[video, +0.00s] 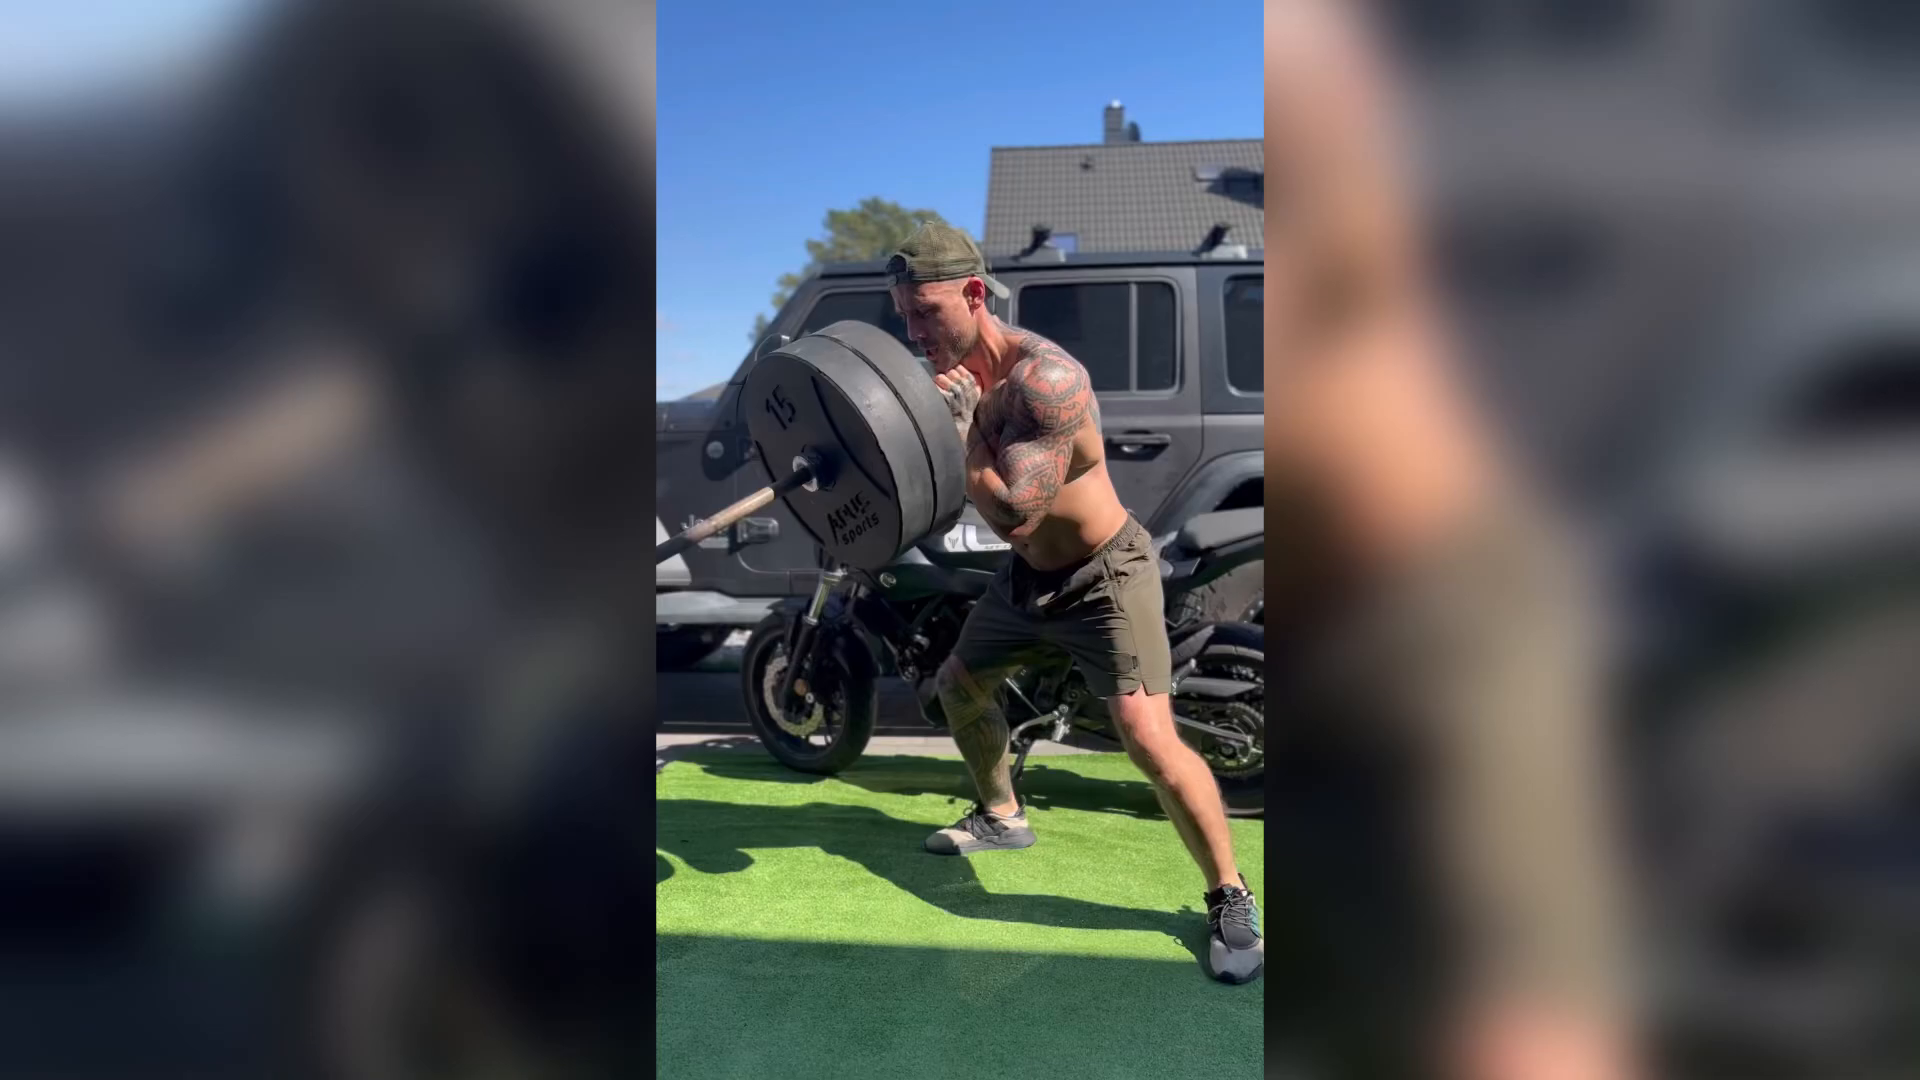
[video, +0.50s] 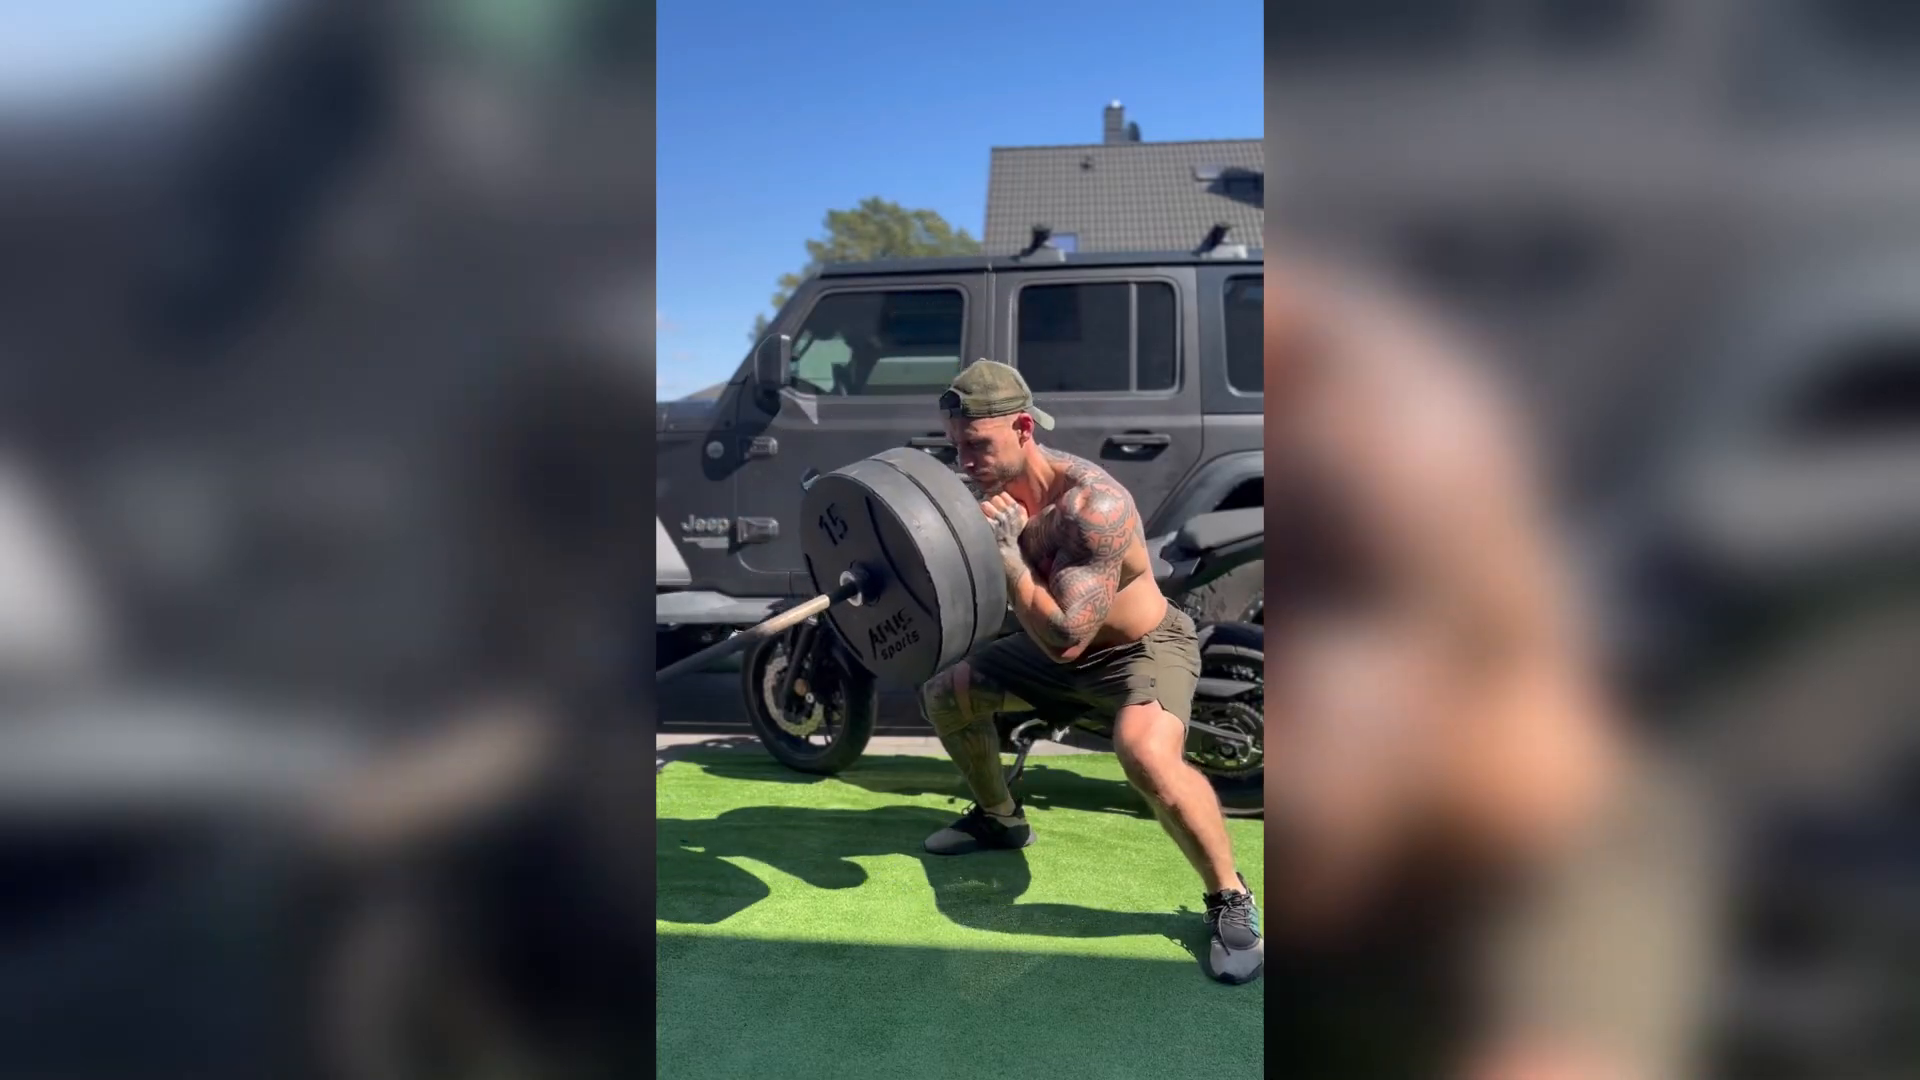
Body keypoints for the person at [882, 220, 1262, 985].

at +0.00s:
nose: (915, 333)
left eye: (926, 314)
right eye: (907, 318)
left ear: (975, 297)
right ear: (909, 314)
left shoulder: (1048, 377)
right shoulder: (946, 379)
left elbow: (1016, 517)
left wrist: (958, 440)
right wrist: (908, 420)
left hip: (1107, 568)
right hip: (1027, 572)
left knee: (1144, 726)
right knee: (961, 686)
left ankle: (1231, 895)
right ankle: (1003, 815)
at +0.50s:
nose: (966, 462)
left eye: (978, 446)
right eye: (958, 448)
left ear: (1024, 429)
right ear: (951, 440)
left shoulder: (1095, 502)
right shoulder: (978, 498)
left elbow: (1068, 640)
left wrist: (1006, 555)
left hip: (1145, 645)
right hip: (1058, 645)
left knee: (1143, 749)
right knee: (948, 695)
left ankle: (1230, 897)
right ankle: (1000, 818)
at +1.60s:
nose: (965, 315)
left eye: (984, 303)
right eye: (965, 302)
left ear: (1035, 320)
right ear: (972, 319)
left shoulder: (1093, 411)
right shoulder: (977, 407)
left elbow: (1051, 543)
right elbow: (941, 492)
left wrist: (990, 452)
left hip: (1126, 591)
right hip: (1039, 592)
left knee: (1155, 742)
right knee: (947, 695)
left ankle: (1231, 898)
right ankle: (1000, 816)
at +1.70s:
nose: (973, 257)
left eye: (993, 244)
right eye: (973, 245)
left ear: (1043, 263)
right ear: (976, 263)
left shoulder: (1092, 358)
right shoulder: (976, 348)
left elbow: (1027, 469)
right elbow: (942, 456)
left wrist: (967, 385)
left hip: (1104, 567)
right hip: (1020, 572)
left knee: (1156, 742)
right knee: (950, 695)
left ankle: (1231, 899)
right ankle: (1003, 818)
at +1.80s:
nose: (984, 221)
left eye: (1001, 209)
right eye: (982, 208)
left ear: (1053, 222)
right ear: (984, 227)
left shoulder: (1091, 320)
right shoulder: (984, 324)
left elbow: (998, 390)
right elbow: (927, 405)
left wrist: (934, 296)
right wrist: (866, 337)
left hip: (1082, 553)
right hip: (999, 559)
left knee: (1152, 736)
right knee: (962, 700)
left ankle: (1232, 896)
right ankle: (1001, 818)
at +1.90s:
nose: (978, 213)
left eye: (995, 198)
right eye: (972, 200)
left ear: (1046, 202)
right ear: (970, 210)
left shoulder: (1085, 295)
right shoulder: (964, 300)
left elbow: (979, 301)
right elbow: (884, 328)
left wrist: (890, 207)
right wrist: (821, 253)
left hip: (1071, 542)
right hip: (987, 548)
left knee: (1143, 728)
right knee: (975, 697)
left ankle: (1230, 894)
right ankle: (1000, 818)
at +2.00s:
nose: (945, 209)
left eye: (962, 195)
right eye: (939, 195)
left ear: (1016, 195)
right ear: (944, 203)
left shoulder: (1057, 280)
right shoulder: (934, 298)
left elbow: (942, 233)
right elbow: (850, 260)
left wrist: (843, 124)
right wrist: (786, 171)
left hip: (1071, 544)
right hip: (988, 554)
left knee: (1147, 726)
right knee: (991, 700)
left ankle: (1231, 893)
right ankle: (1001, 819)